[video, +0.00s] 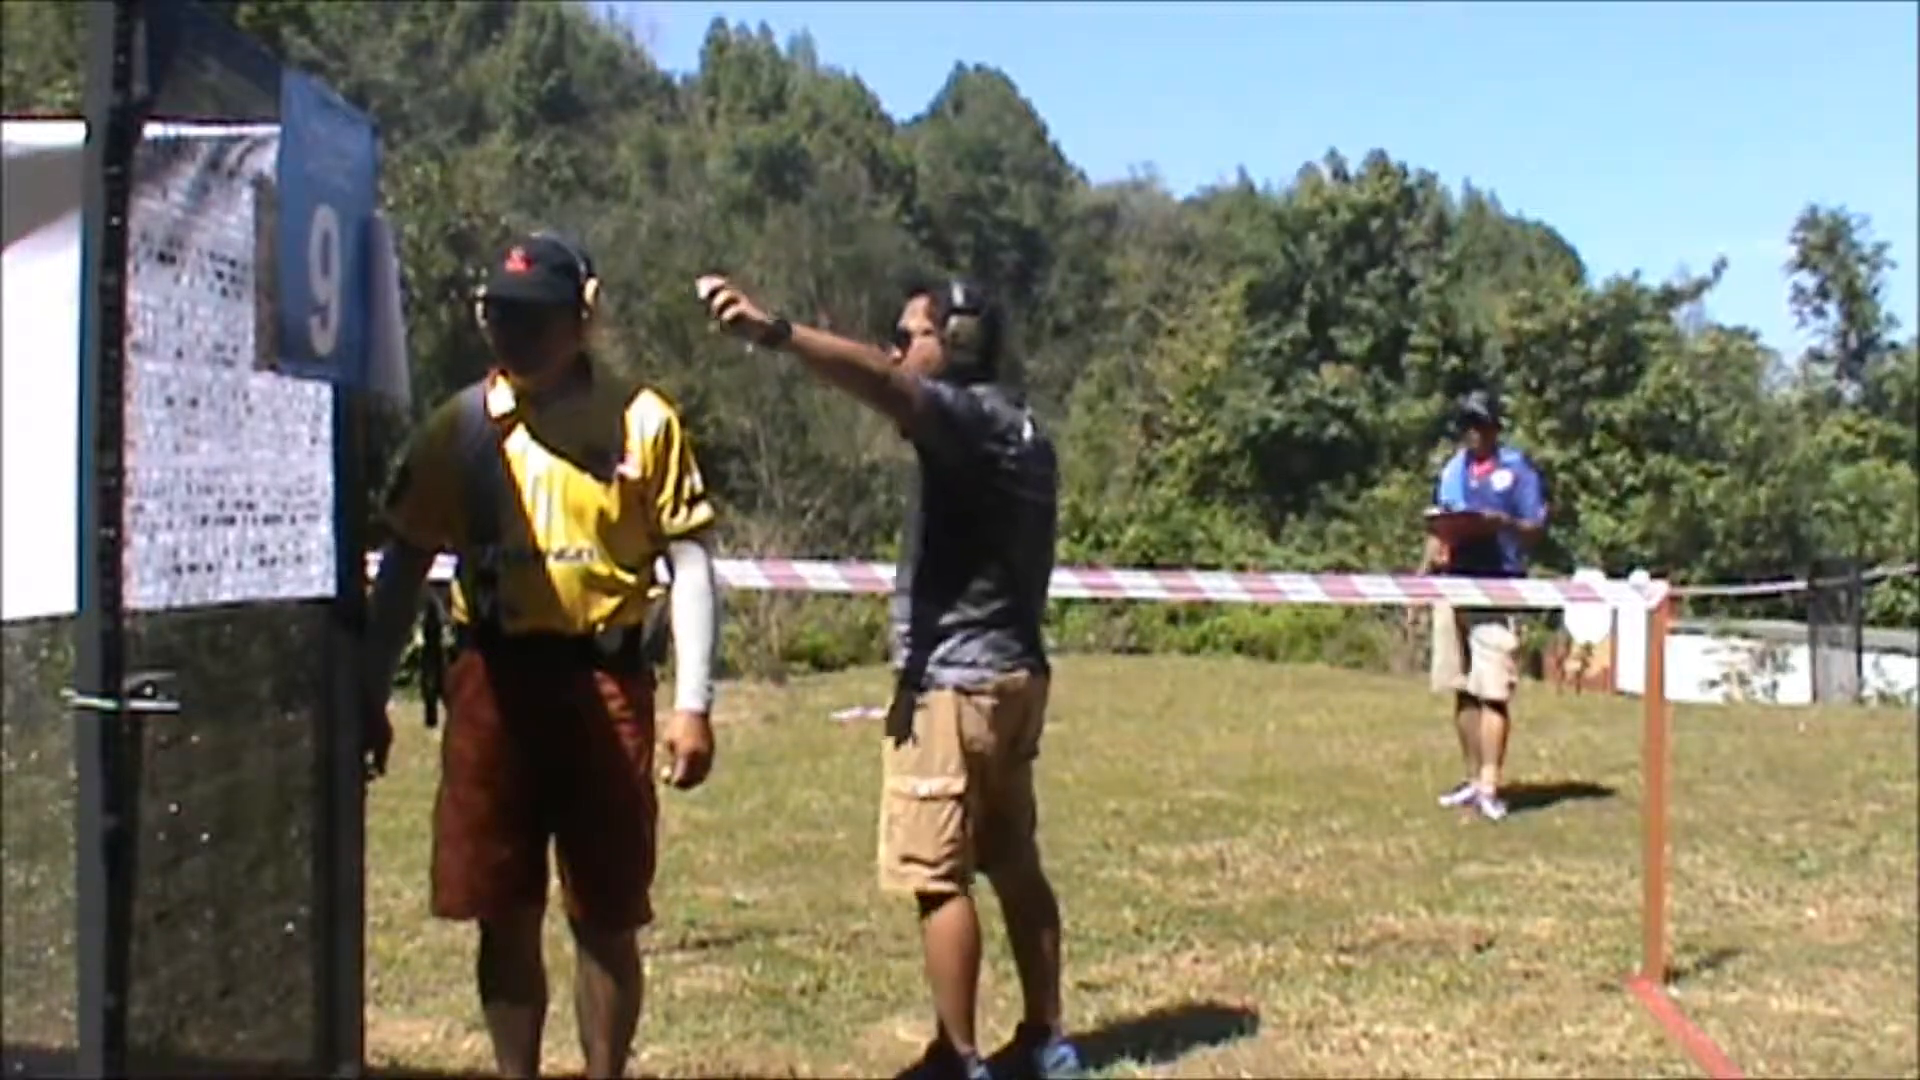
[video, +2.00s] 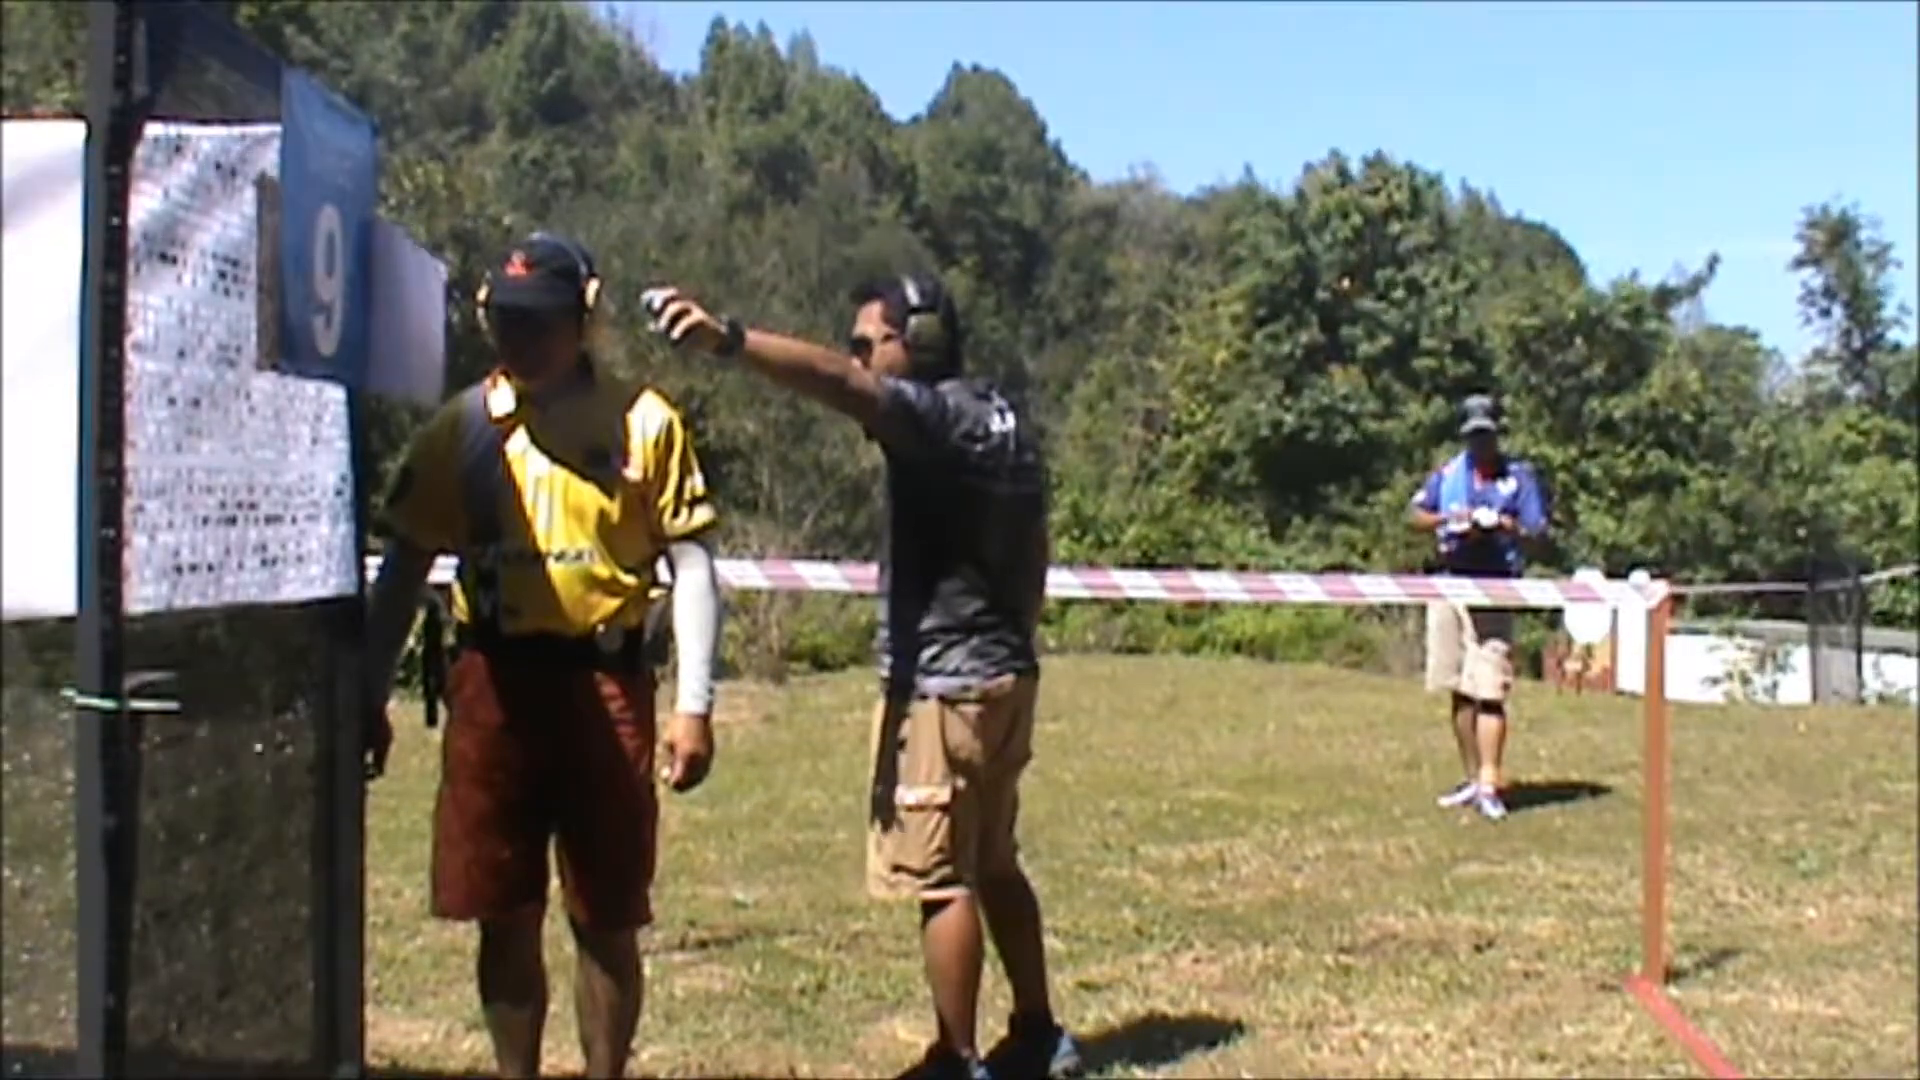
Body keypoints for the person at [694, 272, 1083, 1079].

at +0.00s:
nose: (898, 351)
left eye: (911, 338)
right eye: (901, 336)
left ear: (953, 347)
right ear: (980, 350)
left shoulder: (963, 417)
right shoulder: (1026, 433)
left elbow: (883, 380)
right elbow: (1020, 571)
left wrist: (778, 330)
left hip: (956, 677)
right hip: (1016, 672)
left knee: (938, 875)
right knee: (1015, 863)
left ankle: (954, 1052)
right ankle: (1046, 1035)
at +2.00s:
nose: (859, 359)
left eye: (869, 344)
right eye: (858, 344)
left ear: (918, 341)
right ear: (941, 343)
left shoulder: (931, 412)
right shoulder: (1005, 418)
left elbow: (843, 379)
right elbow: (1029, 558)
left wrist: (729, 338)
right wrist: (1011, 650)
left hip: (949, 677)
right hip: (1005, 671)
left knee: (939, 876)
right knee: (994, 866)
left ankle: (954, 1055)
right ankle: (1038, 1029)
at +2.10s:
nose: (859, 359)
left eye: (869, 344)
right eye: (858, 344)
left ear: (918, 341)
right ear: (941, 343)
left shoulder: (931, 411)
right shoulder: (1006, 418)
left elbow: (844, 380)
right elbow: (1032, 556)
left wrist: (729, 338)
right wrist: (1016, 650)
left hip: (949, 679)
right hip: (1005, 672)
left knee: (939, 876)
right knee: (994, 866)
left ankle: (954, 1055)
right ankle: (1037, 1029)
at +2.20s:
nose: (861, 360)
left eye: (870, 345)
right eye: (859, 345)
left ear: (919, 340)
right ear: (943, 343)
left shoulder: (931, 411)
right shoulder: (1010, 419)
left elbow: (844, 380)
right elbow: (1034, 556)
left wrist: (728, 337)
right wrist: (1020, 648)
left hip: (949, 678)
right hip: (1008, 671)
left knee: (940, 876)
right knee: (994, 866)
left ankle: (954, 1055)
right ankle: (1037, 1029)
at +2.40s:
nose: (865, 360)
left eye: (873, 344)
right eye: (862, 344)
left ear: (920, 341)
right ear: (946, 342)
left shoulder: (932, 411)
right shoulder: (1012, 418)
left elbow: (850, 382)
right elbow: (1037, 553)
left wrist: (730, 338)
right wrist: (1022, 645)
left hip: (953, 677)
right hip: (1012, 670)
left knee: (944, 876)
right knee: (999, 868)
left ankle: (954, 1054)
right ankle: (1037, 1028)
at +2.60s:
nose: (873, 361)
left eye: (882, 345)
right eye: (870, 346)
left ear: (927, 341)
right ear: (954, 343)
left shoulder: (942, 408)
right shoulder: (1020, 419)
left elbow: (860, 383)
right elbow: (1044, 550)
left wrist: (741, 341)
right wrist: (1030, 639)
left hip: (966, 672)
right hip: (1025, 666)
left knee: (938, 868)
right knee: (1009, 862)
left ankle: (952, 1052)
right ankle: (1043, 1027)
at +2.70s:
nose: (884, 369)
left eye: (894, 352)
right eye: (883, 352)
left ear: (940, 345)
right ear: (961, 350)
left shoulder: (959, 413)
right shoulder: (1035, 424)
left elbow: (875, 387)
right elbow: (1057, 550)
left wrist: (758, 345)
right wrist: (1034, 635)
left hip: (983, 671)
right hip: (1035, 667)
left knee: (934, 866)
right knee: (1022, 854)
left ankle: (952, 1051)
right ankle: (1083, 1019)